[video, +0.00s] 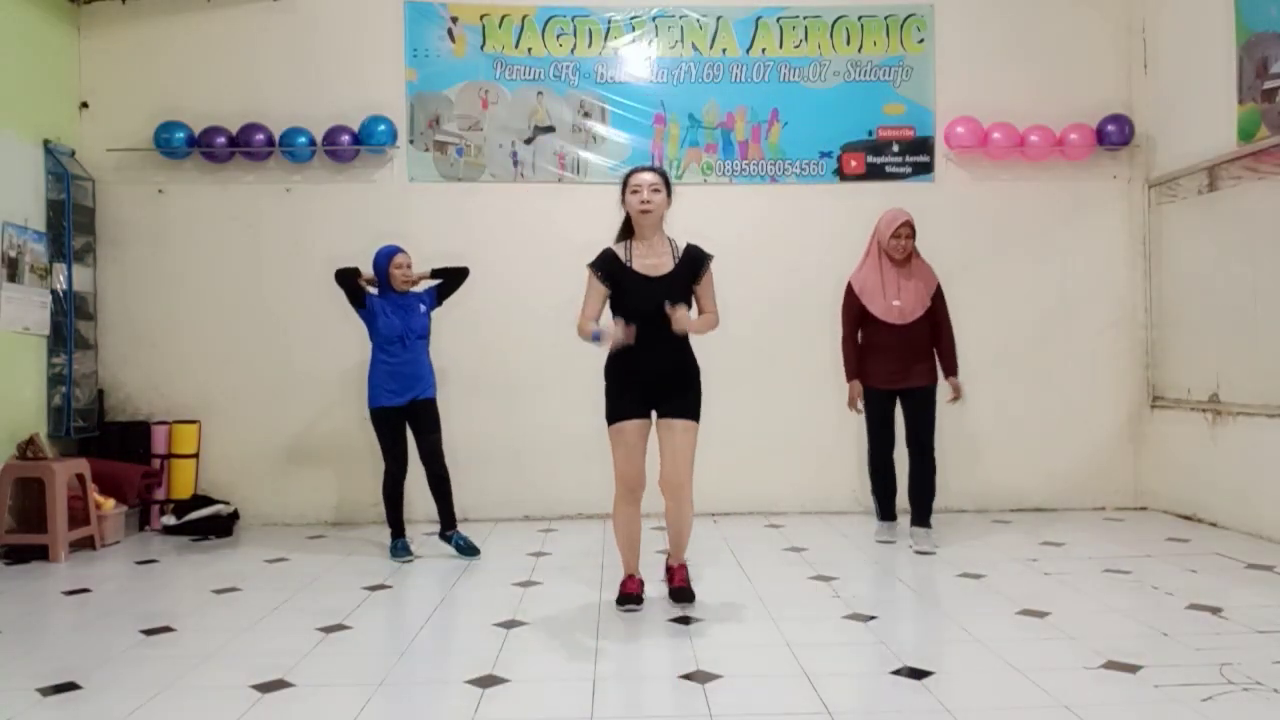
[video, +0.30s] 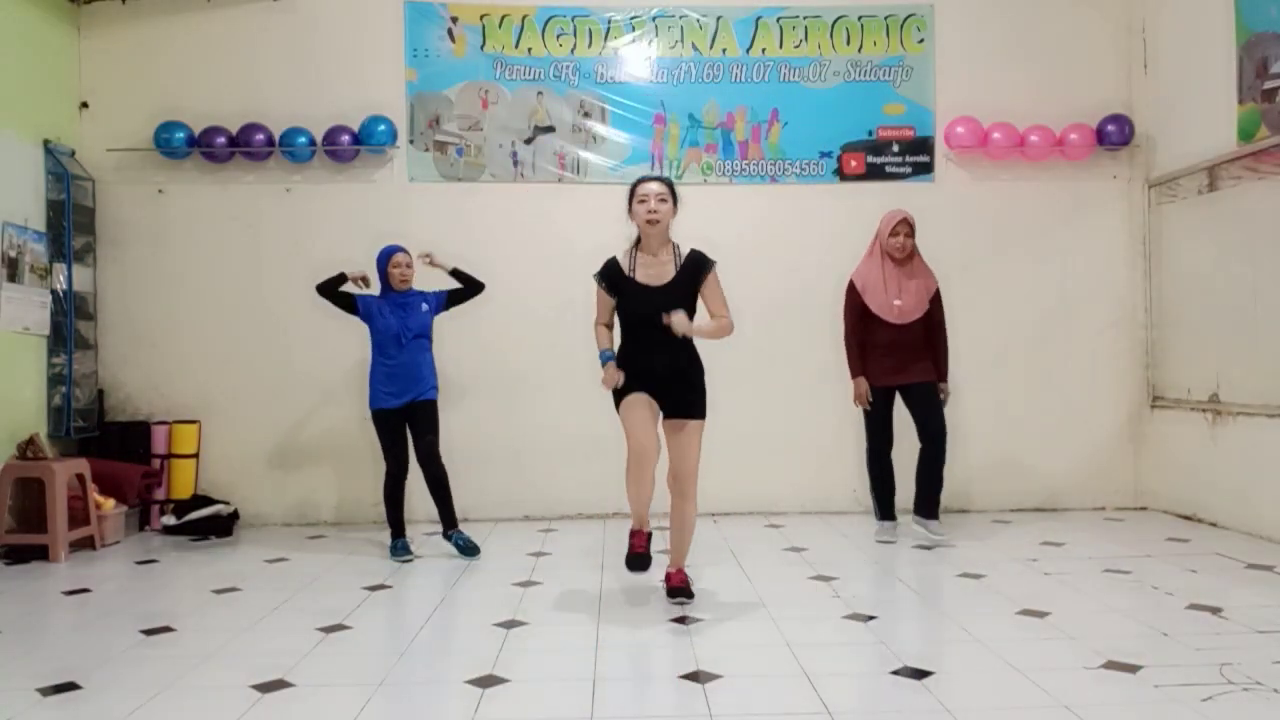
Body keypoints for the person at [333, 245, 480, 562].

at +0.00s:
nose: (407, 272)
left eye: (409, 266)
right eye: (399, 267)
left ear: (413, 272)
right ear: (384, 274)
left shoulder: (423, 301)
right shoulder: (371, 305)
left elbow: (461, 273)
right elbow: (343, 275)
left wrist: (423, 275)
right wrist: (364, 278)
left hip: (421, 394)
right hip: (385, 398)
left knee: (435, 461)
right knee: (396, 466)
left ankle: (449, 529)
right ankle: (398, 537)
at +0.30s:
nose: (404, 271)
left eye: (408, 266)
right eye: (397, 266)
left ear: (414, 270)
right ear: (384, 272)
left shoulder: (427, 301)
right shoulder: (371, 305)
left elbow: (475, 287)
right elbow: (324, 290)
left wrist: (444, 266)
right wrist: (346, 276)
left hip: (423, 395)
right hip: (386, 399)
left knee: (430, 459)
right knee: (396, 467)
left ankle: (452, 529)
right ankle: (398, 539)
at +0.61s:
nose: (409, 269)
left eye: (414, 265)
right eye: (402, 265)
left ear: (421, 270)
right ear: (391, 272)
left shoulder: (434, 302)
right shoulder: (380, 306)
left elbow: (488, 309)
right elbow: (327, 309)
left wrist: (479, 271)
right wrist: (351, 278)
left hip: (430, 393)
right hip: (394, 397)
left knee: (432, 459)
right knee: (400, 467)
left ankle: (457, 526)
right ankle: (398, 538)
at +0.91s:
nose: (427, 271)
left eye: (433, 267)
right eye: (421, 266)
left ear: (441, 272)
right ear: (411, 272)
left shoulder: (452, 306)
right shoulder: (399, 309)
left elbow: (491, 339)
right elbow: (385, 348)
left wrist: (511, 313)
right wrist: (379, 360)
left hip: (450, 395)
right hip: (413, 397)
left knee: (454, 465)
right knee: (419, 465)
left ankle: (459, 533)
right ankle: (402, 535)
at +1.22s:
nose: (435, 274)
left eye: (441, 269)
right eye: (429, 269)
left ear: (450, 273)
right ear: (420, 274)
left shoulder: (464, 308)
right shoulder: (408, 313)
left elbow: (479, 347)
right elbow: (388, 360)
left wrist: (491, 379)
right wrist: (404, 383)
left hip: (459, 401)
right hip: (423, 402)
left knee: (457, 467)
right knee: (431, 468)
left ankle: (459, 533)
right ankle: (431, 536)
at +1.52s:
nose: (442, 274)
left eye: (448, 269)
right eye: (436, 269)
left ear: (457, 272)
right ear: (427, 273)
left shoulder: (471, 306)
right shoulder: (415, 309)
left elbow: (482, 354)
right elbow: (401, 359)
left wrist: (489, 399)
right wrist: (414, 366)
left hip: (465, 398)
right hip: (428, 400)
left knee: (462, 465)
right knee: (434, 466)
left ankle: (466, 531)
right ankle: (431, 535)